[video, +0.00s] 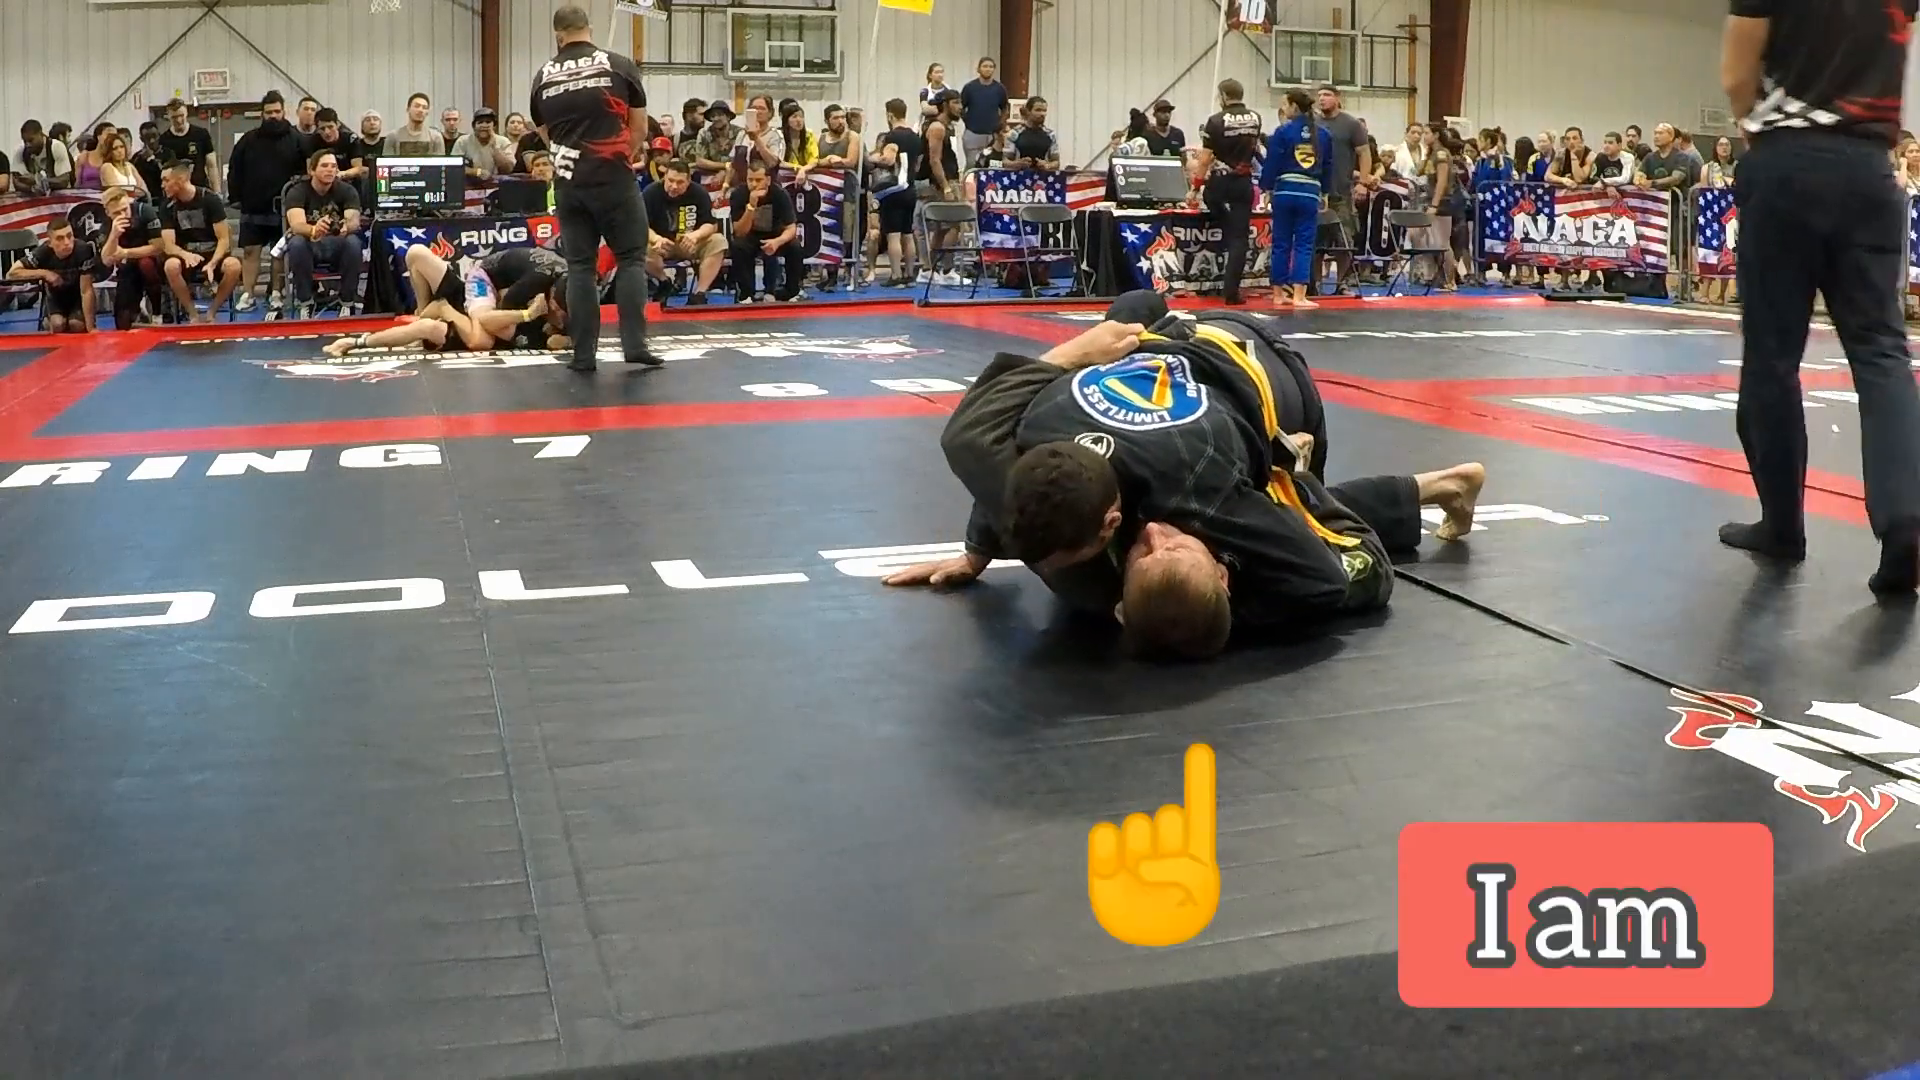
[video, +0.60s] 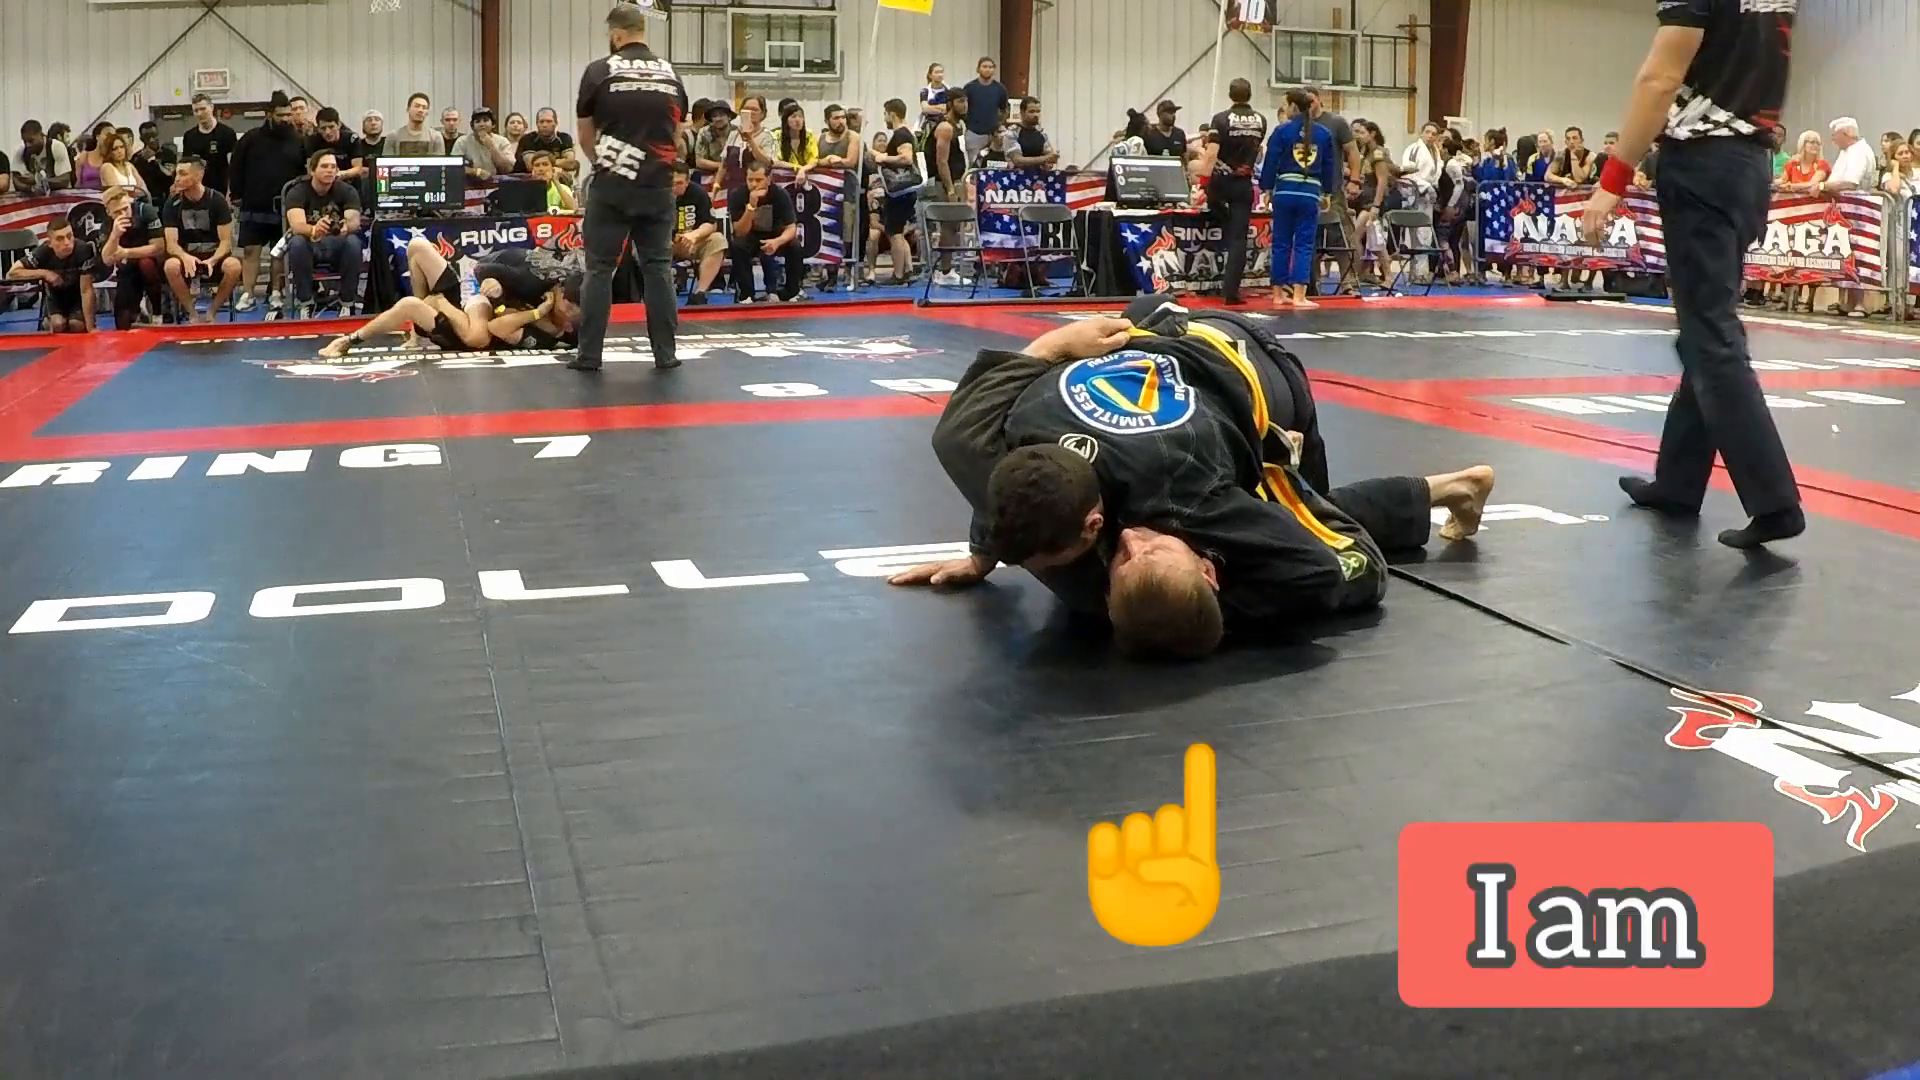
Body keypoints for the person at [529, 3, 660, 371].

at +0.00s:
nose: (562, 40)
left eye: (558, 36)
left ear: (556, 35)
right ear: (589, 28)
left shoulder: (543, 75)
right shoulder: (620, 64)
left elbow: (547, 135)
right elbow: (638, 130)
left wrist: (581, 155)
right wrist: (625, 158)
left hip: (567, 184)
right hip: (612, 178)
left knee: (580, 264)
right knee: (631, 258)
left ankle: (583, 356)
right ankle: (635, 347)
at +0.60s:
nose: (610, 39)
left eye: (610, 35)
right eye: (614, 35)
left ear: (614, 35)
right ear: (643, 32)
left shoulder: (597, 71)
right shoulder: (669, 72)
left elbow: (587, 137)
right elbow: (677, 130)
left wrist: (606, 168)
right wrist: (658, 165)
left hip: (611, 186)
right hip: (659, 187)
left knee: (599, 268)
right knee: (658, 266)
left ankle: (589, 356)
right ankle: (665, 354)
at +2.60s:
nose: (621, 37)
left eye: (620, 32)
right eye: (622, 32)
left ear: (626, 30)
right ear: (654, 27)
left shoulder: (609, 70)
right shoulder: (685, 69)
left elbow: (600, 134)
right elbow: (693, 127)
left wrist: (614, 161)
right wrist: (675, 158)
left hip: (628, 183)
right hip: (675, 182)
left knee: (631, 266)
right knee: (677, 264)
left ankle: (631, 358)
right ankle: (686, 355)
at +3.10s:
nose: (626, 38)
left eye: (625, 33)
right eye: (628, 34)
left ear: (630, 31)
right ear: (660, 28)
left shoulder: (612, 70)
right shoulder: (689, 69)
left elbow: (603, 135)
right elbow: (697, 129)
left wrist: (606, 154)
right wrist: (682, 161)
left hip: (631, 182)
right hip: (678, 181)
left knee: (633, 267)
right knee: (678, 263)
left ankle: (632, 357)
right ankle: (686, 355)